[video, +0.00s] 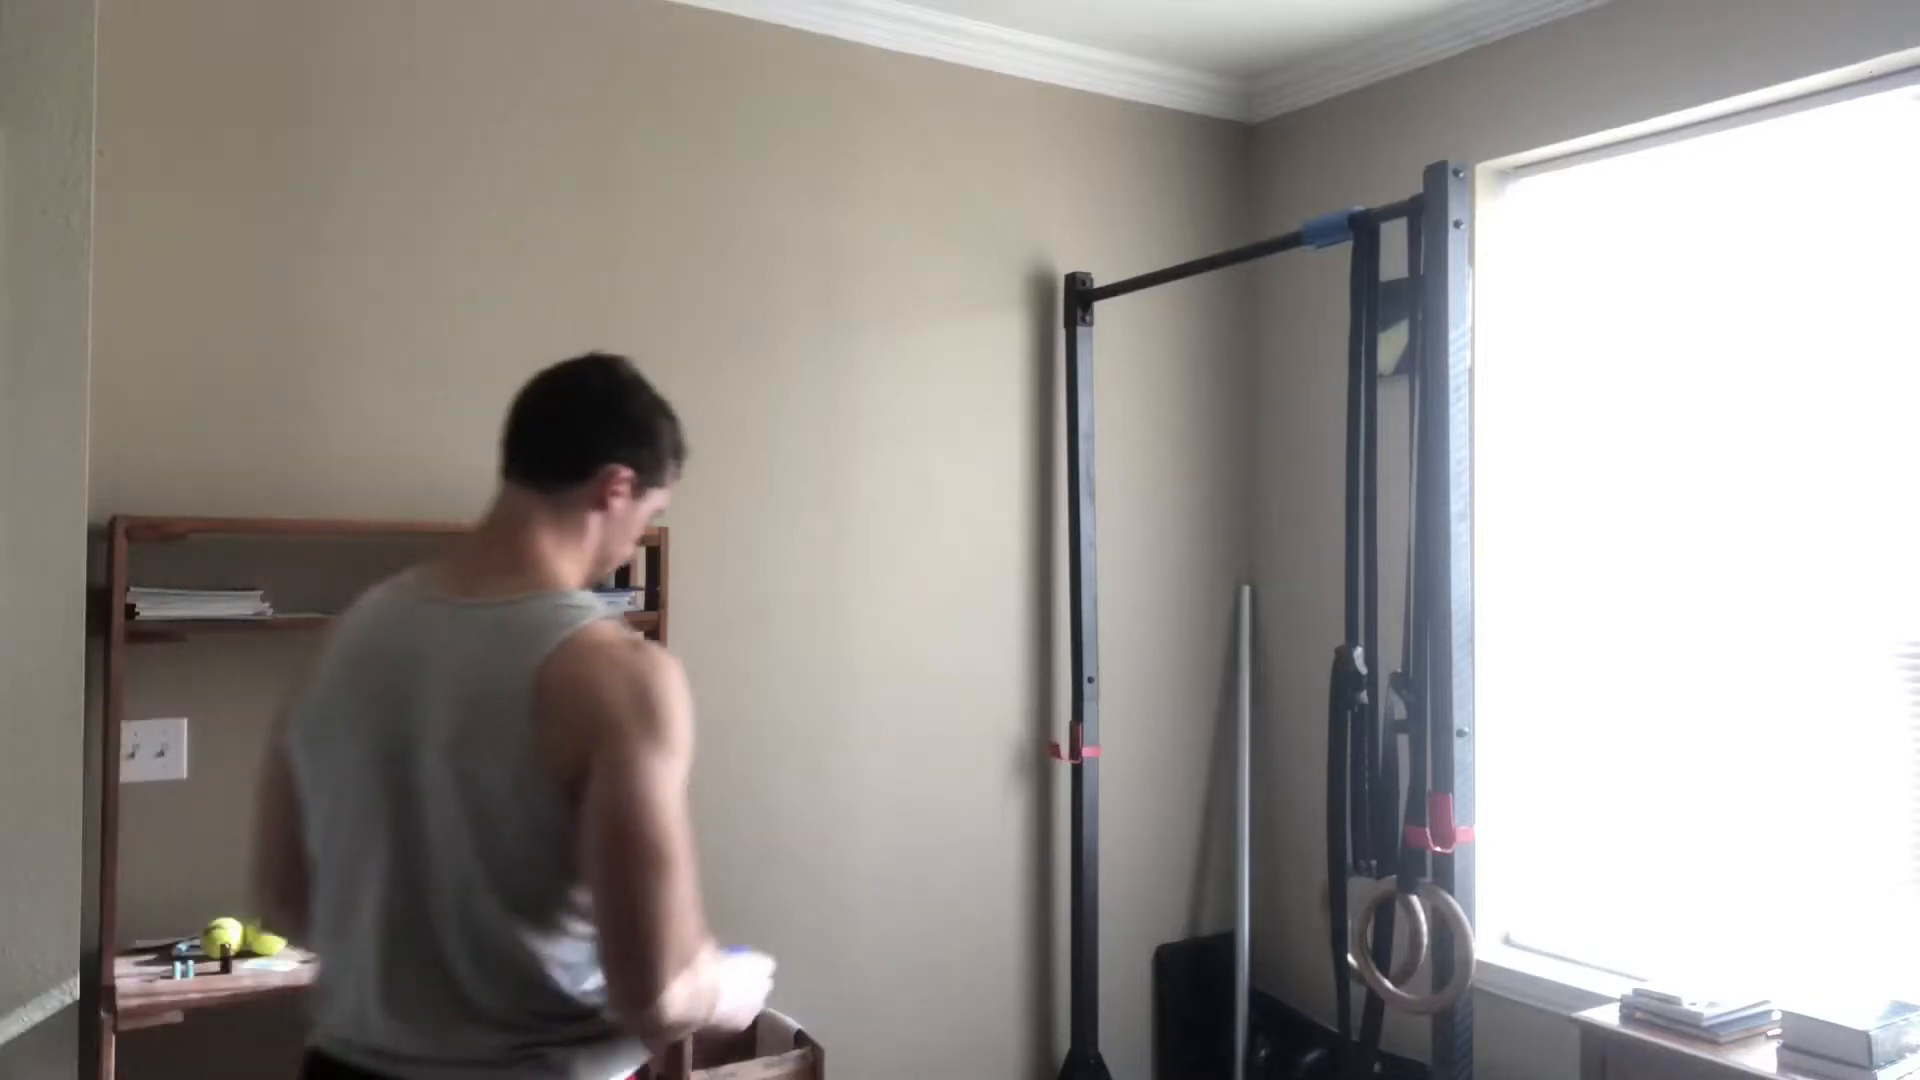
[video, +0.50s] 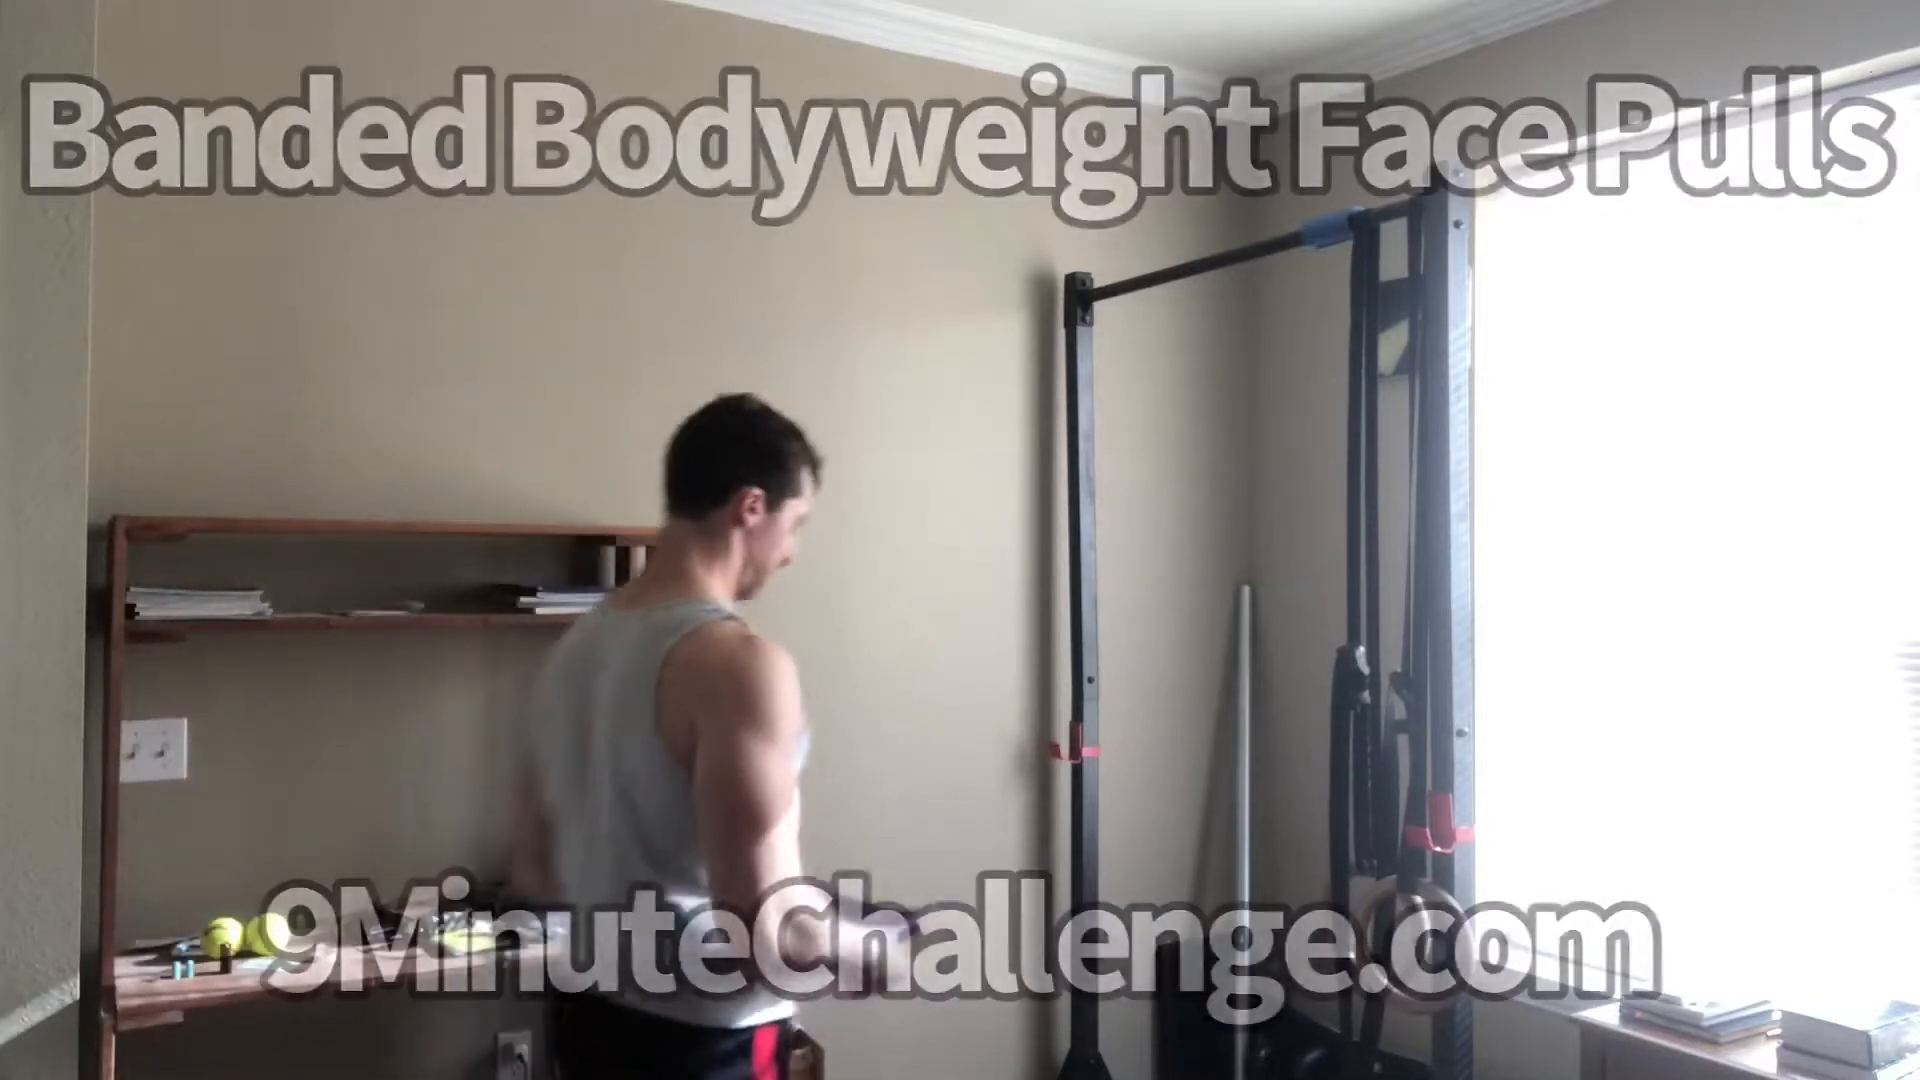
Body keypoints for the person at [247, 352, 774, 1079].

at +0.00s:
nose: (640, 547)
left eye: (655, 522)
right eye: (652, 518)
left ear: (517, 463)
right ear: (614, 489)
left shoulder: (359, 628)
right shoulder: (620, 677)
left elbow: (285, 893)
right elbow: (657, 993)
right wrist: (720, 986)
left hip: (350, 1056)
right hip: (541, 1061)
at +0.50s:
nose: (789, 554)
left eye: (798, 529)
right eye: (793, 526)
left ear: (676, 496)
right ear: (749, 510)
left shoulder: (576, 647)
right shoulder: (739, 666)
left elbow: (537, 868)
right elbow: (769, 929)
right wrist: (882, 950)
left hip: (587, 1025)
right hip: (706, 1041)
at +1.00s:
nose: (943, 539)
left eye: (948, 518)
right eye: (940, 515)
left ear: (880, 510)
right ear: (884, 508)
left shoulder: (800, 616)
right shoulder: (839, 641)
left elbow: (851, 811)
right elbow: (850, 856)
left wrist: (976, 798)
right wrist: (987, 828)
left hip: (798, 976)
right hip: (855, 987)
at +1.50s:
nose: (1071, 539)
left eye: (1075, 519)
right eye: (1067, 516)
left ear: (1009, 509)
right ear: (1012, 507)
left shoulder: (944, 609)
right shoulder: (972, 641)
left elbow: (1019, 779)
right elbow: (1040, 840)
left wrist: (1118, 749)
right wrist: (1147, 771)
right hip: (993, 960)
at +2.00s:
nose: (1151, 545)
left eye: (1156, 527)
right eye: (1148, 524)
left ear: (1098, 518)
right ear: (1095, 514)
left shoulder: (1090, 626)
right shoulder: (1014, 631)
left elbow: (1119, 775)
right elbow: (1059, 817)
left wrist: (1230, 819)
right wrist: (1208, 817)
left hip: (1100, 912)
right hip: (1040, 922)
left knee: (1116, 1065)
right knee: (1063, 1069)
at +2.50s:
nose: (1266, 589)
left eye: (1272, 572)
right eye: (1261, 568)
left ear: (1210, 556)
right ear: (1210, 552)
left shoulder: (1178, 665)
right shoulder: (1120, 634)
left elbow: (1213, 813)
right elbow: (1131, 812)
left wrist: (1295, 886)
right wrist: (1241, 885)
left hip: (1089, 881)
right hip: (1017, 876)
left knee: (1120, 1065)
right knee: (1038, 1067)